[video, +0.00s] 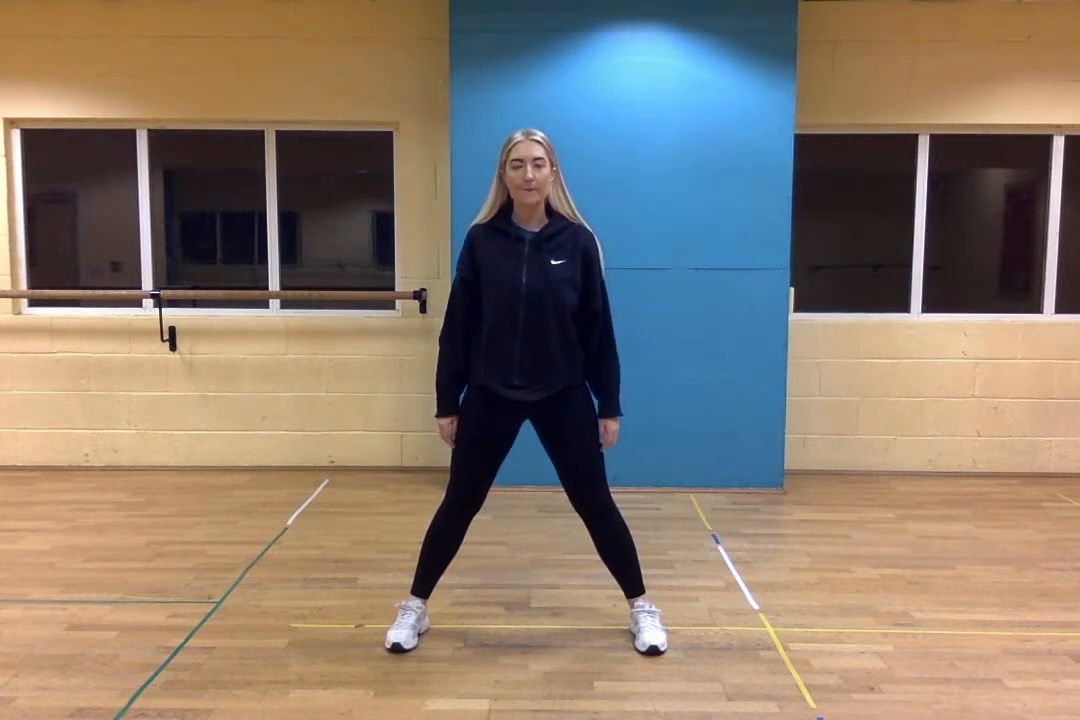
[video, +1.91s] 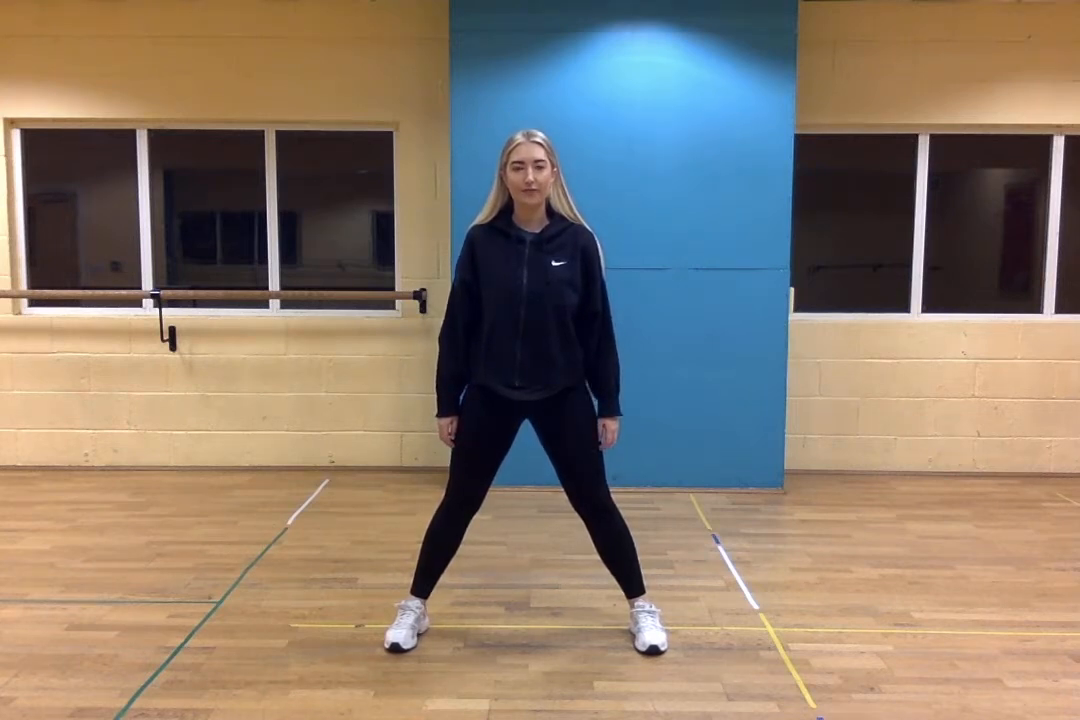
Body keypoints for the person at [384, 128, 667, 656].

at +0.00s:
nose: (529, 173)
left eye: (538, 163)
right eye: (518, 165)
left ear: (553, 172)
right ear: (504, 175)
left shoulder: (579, 239)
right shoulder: (482, 238)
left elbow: (597, 324)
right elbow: (458, 321)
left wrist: (609, 404)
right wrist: (448, 401)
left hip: (562, 394)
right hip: (491, 394)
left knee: (594, 502)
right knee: (460, 501)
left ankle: (641, 607)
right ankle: (414, 606)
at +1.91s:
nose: (529, 174)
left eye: (539, 165)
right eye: (519, 166)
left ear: (553, 173)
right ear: (504, 176)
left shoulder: (579, 240)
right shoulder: (482, 238)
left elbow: (597, 324)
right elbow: (458, 321)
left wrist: (608, 404)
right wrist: (448, 402)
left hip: (562, 394)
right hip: (491, 393)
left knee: (594, 502)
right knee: (460, 500)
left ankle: (641, 607)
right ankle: (414, 606)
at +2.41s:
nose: (530, 174)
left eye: (540, 165)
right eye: (520, 166)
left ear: (554, 174)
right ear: (505, 176)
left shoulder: (579, 240)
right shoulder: (482, 238)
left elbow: (597, 324)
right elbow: (458, 321)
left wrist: (608, 404)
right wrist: (447, 402)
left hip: (561, 394)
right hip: (490, 393)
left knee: (594, 503)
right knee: (459, 500)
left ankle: (641, 607)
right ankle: (414, 606)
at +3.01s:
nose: (530, 174)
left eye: (540, 165)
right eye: (520, 165)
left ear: (555, 174)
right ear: (506, 176)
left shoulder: (581, 242)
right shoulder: (484, 239)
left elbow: (601, 325)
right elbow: (458, 319)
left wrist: (617, 405)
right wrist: (445, 398)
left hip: (563, 395)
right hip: (491, 395)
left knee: (595, 505)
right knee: (452, 503)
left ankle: (640, 609)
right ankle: (414, 607)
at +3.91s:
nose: (543, 178)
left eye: (552, 168)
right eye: (532, 170)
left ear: (568, 177)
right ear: (518, 181)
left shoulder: (597, 244)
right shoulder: (499, 246)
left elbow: (622, 330)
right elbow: (471, 325)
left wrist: (638, 413)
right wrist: (448, 403)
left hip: (584, 398)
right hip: (512, 399)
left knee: (627, 510)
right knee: (465, 505)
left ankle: (641, 609)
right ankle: (414, 604)